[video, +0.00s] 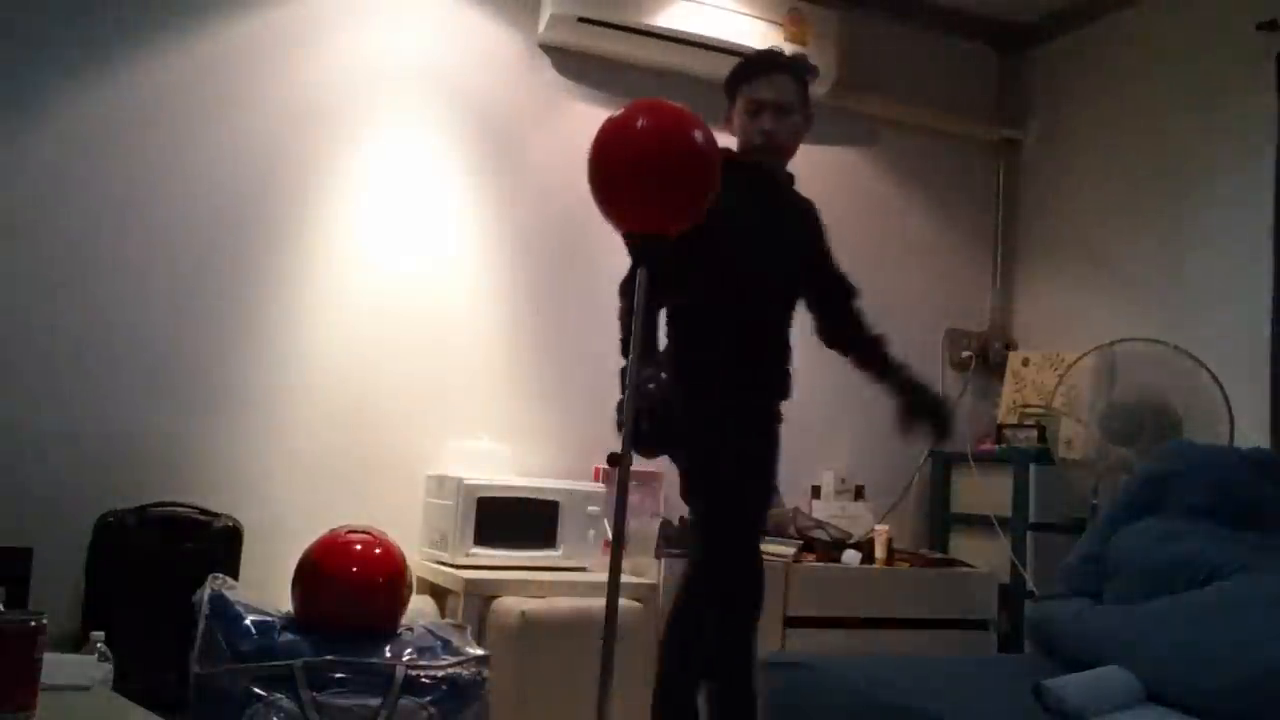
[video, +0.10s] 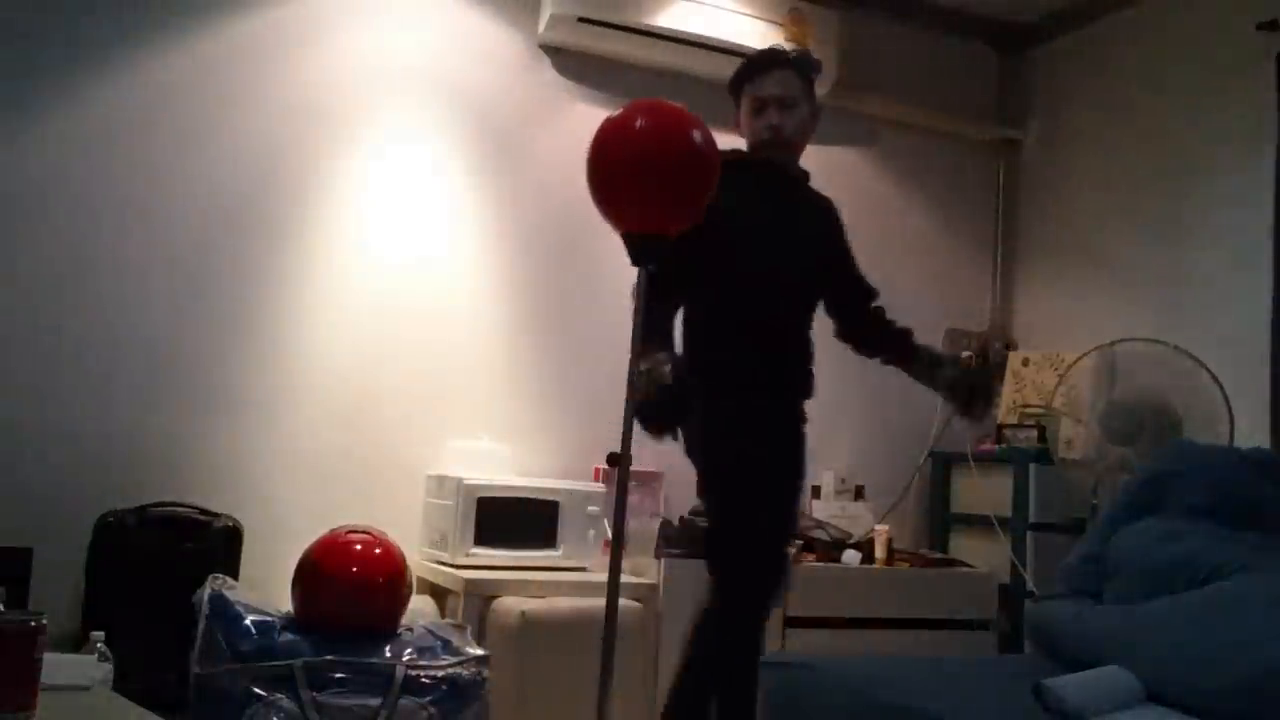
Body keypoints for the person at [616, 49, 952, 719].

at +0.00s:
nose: (770, 125)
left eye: (786, 113)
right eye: (756, 109)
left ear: (806, 126)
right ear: (731, 115)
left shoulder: (797, 215)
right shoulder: (692, 189)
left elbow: (837, 319)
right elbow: (642, 288)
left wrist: (904, 385)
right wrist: (640, 374)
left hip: (754, 405)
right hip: (690, 397)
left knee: (718, 571)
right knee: (736, 576)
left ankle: (673, 705)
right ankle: (732, 709)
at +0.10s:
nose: (773, 119)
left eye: (789, 107)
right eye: (759, 105)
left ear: (812, 120)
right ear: (738, 115)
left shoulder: (814, 213)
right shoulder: (702, 187)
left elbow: (858, 319)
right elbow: (661, 282)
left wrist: (940, 371)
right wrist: (652, 358)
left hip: (777, 400)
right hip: (709, 391)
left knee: (753, 575)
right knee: (746, 575)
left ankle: (706, 712)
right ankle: (701, 713)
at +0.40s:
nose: (794, 111)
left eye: (809, 96)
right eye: (781, 100)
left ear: (840, 105)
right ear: (768, 115)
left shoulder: (868, 198)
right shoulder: (746, 196)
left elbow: (889, 296)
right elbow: (688, 297)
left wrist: (913, 357)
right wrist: (673, 231)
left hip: (854, 414)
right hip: (772, 415)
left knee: (911, 580)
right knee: (760, 592)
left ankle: (851, 707)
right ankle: (743, 717)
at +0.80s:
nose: (908, 117)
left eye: (923, 101)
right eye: (893, 106)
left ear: (954, 108)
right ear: (878, 120)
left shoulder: (989, 201)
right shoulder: (857, 198)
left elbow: (1024, 293)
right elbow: (773, 268)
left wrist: (1033, 359)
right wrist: (742, 241)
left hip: (960, 412)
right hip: (870, 413)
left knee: (964, 586)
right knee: (831, 579)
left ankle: (971, 707)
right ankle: (805, 705)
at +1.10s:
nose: (931, 120)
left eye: (946, 104)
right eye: (919, 110)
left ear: (984, 108)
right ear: (909, 124)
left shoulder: (1031, 199)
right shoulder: (897, 197)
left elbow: (1071, 282)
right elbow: (813, 276)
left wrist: (1066, 355)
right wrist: (823, 274)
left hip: (998, 417)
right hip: (906, 416)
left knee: (989, 590)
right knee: (860, 582)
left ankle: (989, 712)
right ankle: (837, 710)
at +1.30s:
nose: (917, 120)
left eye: (934, 102)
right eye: (909, 107)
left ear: (979, 109)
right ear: (900, 119)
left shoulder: (1032, 201)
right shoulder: (894, 214)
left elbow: (1108, 301)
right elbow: (877, 329)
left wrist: (1040, 359)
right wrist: (843, 406)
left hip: (990, 429)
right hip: (902, 427)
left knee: (983, 610)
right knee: (870, 600)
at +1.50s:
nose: (889, 123)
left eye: (906, 107)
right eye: (887, 108)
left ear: (947, 117)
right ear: (883, 118)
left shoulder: (999, 193)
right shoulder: (892, 229)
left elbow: (1072, 268)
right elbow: (866, 338)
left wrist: (990, 352)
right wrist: (826, 433)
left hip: (971, 434)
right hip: (900, 436)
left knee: (960, 598)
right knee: (905, 602)